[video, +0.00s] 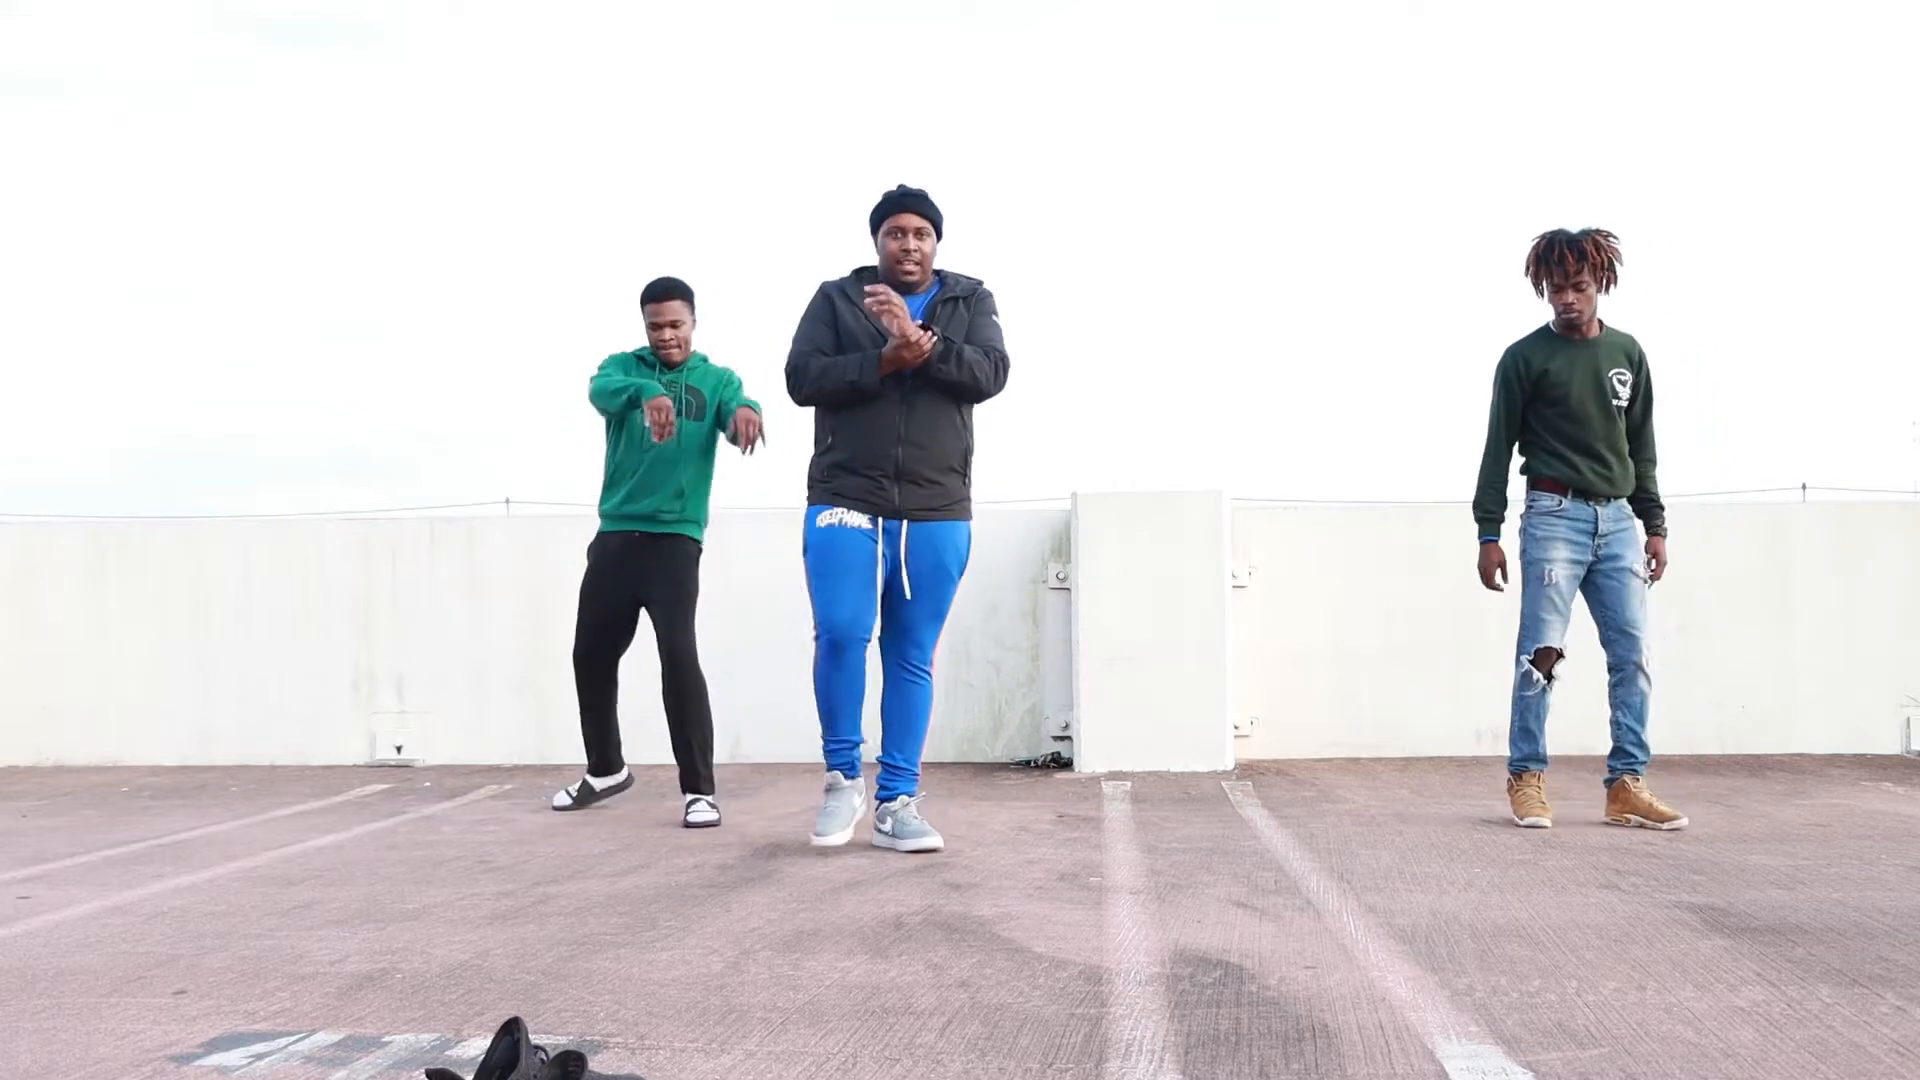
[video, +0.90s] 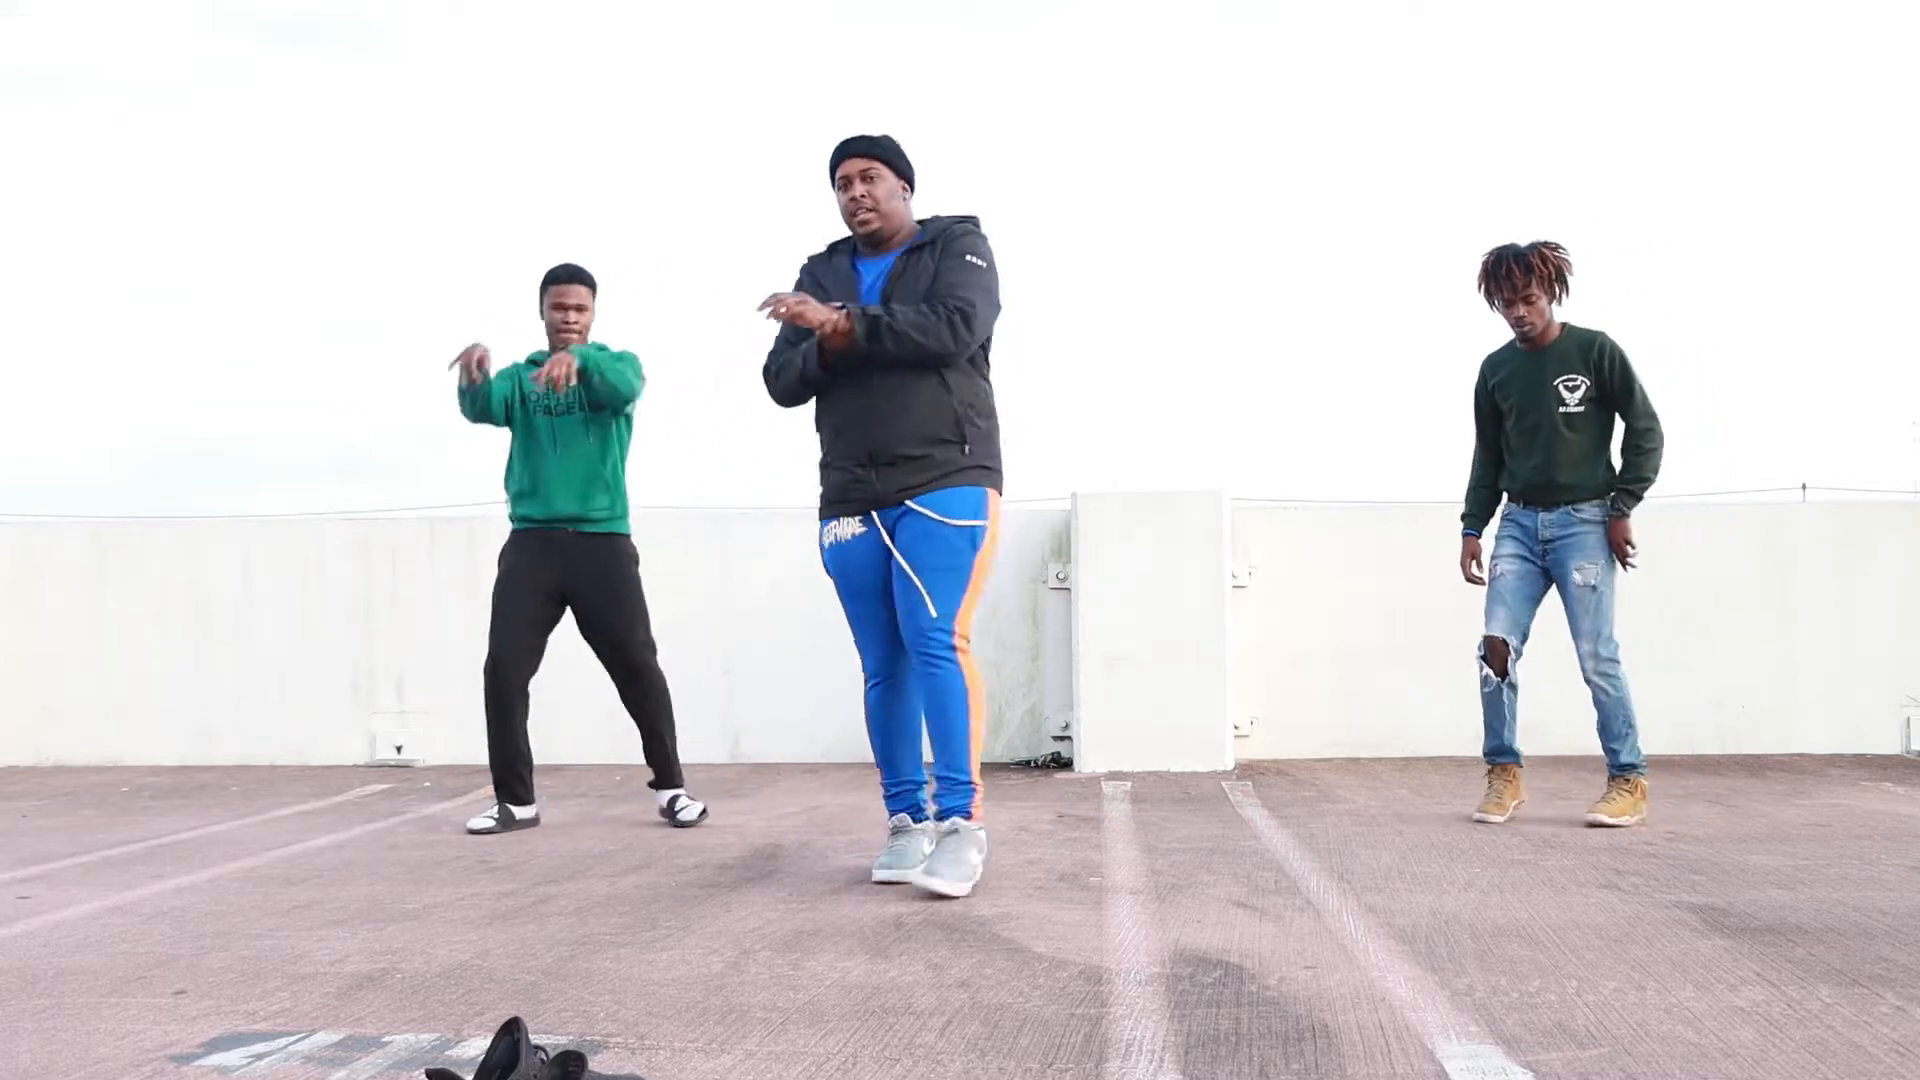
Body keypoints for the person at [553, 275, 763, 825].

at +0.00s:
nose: (667, 335)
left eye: (676, 324)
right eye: (657, 326)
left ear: (694, 323)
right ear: (645, 327)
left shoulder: (715, 377)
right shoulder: (623, 367)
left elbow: (731, 407)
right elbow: (601, 390)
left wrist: (744, 410)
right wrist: (647, 394)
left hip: (674, 541)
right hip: (615, 538)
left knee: (678, 658)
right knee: (591, 656)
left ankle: (698, 791)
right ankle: (606, 772)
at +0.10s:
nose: (667, 325)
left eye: (677, 314)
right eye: (659, 316)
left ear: (700, 313)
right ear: (649, 318)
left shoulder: (719, 368)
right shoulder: (634, 359)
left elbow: (738, 416)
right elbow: (590, 381)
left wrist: (729, 383)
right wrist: (625, 359)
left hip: (673, 536)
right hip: (617, 530)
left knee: (677, 655)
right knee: (582, 647)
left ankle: (698, 791)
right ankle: (601, 770)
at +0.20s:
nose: (662, 312)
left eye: (674, 303)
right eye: (655, 303)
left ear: (699, 308)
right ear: (647, 308)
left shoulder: (722, 360)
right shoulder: (632, 357)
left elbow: (713, 395)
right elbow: (586, 379)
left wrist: (684, 336)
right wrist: (587, 335)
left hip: (673, 532)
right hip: (617, 525)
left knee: (679, 656)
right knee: (577, 643)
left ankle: (699, 791)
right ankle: (579, 776)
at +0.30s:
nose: (648, 319)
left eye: (659, 308)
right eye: (643, 310)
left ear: (691, 304)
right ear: (640, 311)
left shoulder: (715, 356)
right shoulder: (632, 359)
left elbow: (687, 389)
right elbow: (577, 388)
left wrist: (625, 327)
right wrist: (553, 332)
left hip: (668, 535)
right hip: (613, 529)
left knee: (676, 659)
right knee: (574, 647)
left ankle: (700, 792)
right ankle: (552, 780)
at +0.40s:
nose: (633, 321)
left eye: (644, 310)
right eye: (628, 311)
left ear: (676, 308)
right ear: (624, 312)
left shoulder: (700, 355)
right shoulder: (623, 368)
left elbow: (664, 393)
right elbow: (567, 407)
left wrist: (574, 361)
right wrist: (522, 369)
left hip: (661, 538)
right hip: (606, 534)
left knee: (672, 661)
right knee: (567, 655)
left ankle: (699, 792)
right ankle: (528, 786)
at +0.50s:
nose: (614, 329)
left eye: (625, 318)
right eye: (608, 318)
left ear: (655, 313)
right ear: (604, 318)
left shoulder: (680, 359)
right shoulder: (604, 376)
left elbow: (644, 408)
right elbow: (558, 428)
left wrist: (555, 421)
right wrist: (505, 409)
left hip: (649, 544)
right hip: (591, 541)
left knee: (663, 666)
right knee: (551, 661)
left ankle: (698, 793)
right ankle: (521, 796)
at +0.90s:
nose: (567, 318)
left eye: (578, 309)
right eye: (558, 308)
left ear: (593, 315)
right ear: (542, 314)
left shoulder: (615, 364)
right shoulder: (522, 375)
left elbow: (625, 386)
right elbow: (479, 406)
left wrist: (580, 360)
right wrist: (473, 374)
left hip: (603, 546)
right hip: (532, 546)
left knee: (638, 666)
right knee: (504, 672)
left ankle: (672, 790)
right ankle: (515, 802)